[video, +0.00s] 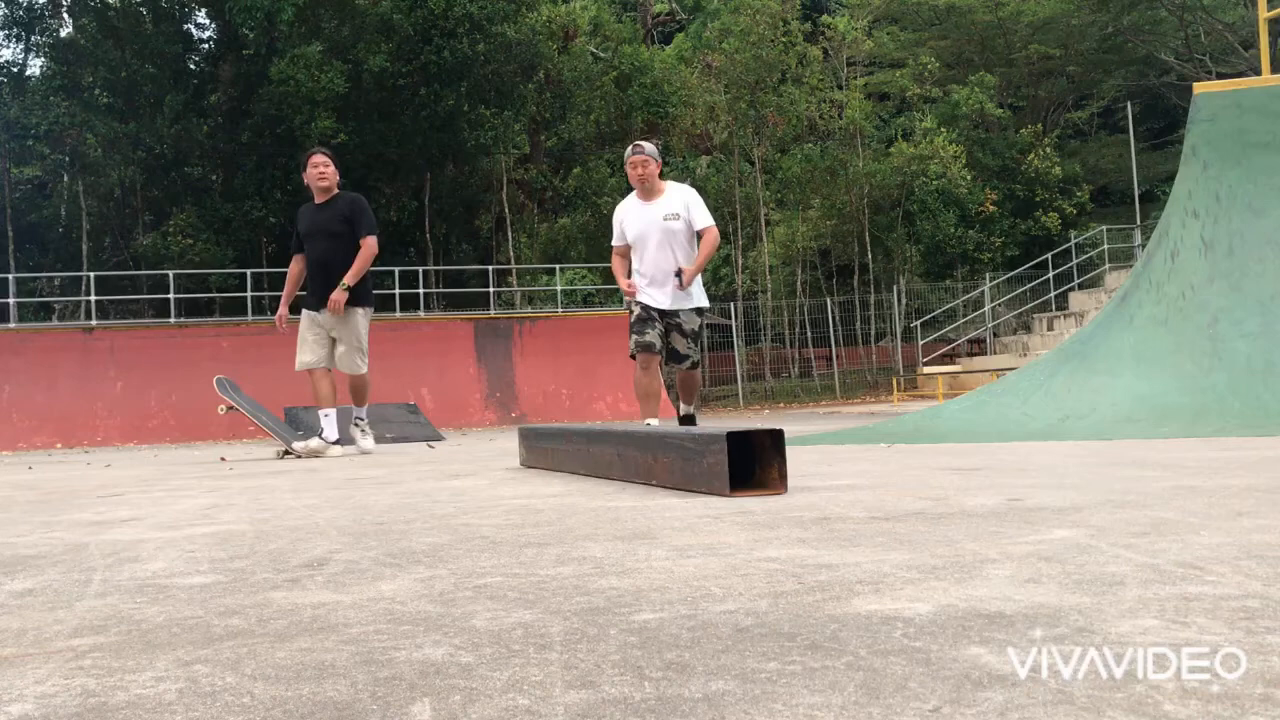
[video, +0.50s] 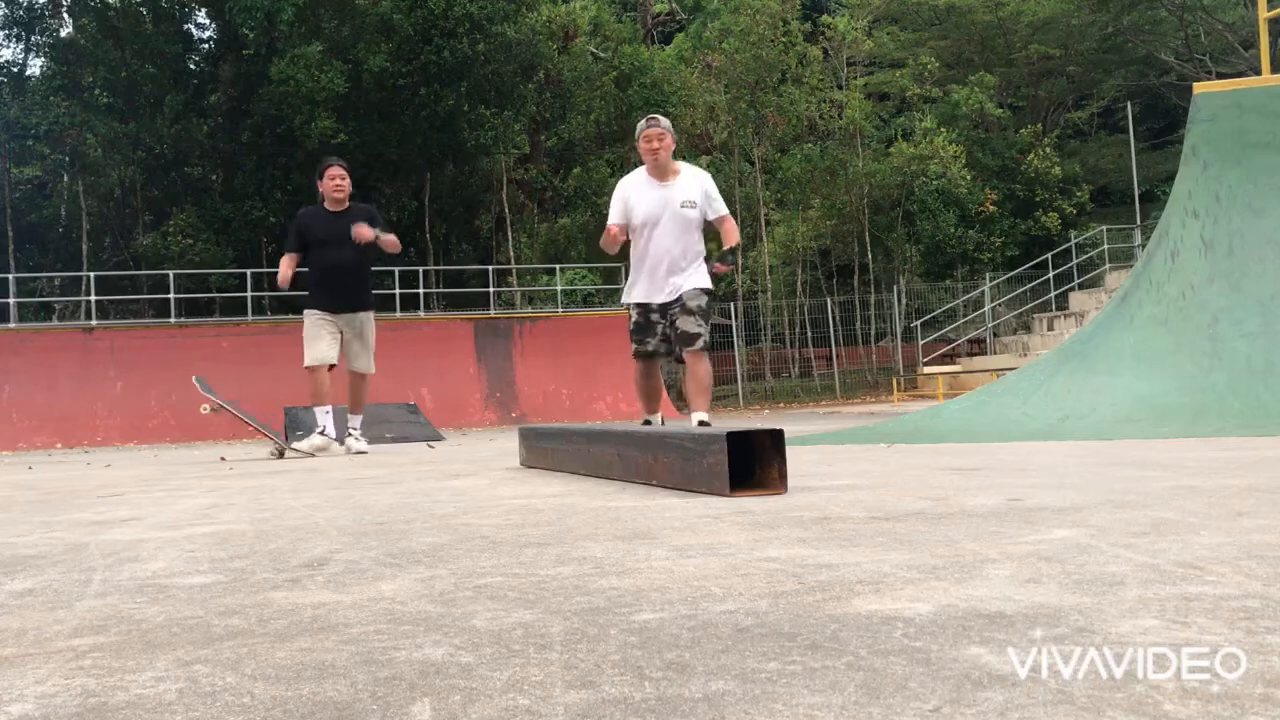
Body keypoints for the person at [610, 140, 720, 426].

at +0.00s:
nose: (639, 171)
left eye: (645, 165)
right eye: (633, 166)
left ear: (659, 167)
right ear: (626, 172)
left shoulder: (685, 196)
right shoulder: (623, 210)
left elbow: (711, 235)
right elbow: (619, 254)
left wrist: (694, 269)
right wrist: (622, 279)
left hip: (685, 297)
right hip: (645, 297)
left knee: (687, 364)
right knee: (646, 357)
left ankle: (687, 416)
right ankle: (650, 426)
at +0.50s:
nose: (654, 145)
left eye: (660, 139)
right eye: (647, 141)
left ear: (673, 142)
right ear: (638, 148)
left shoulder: (698, 179)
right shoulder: (627, 185)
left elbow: (725, 222)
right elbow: (610, 247)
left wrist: (729, 250)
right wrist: (611, 238)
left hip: (690, 280)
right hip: (645, 285)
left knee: (694, 347)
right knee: (646, 357)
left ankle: (700, 419)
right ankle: (652, 423)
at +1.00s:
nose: (649, 126)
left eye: (656, 117)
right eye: (641, 122)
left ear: (672, 122)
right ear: (633, 134)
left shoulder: (704, 155)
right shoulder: (629, 176)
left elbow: (738, 205)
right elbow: (610, 237)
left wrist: (723, 188)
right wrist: (600, 206)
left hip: (712, 273)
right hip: (662, 275)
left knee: (732, 360)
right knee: (667, 340)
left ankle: (708, 408)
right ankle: (680, 424)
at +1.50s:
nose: (652, 145)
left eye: (660, 135)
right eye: (642, 139)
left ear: (676, 139)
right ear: (632, 150)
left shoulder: (710, 174)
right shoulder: (628, 198)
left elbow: (745, 230)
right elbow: (604, 259)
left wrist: (735, 203)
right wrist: (582, 237)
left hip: (722, 280)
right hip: (670, 298)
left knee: (722, 329)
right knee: (656, 375)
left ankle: (741, 421)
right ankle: (685, 429)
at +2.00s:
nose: (663, 154)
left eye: (670, 143)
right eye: (652, 148)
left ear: (686, 145)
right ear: (640, 157)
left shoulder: (721, 183)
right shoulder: (634, 207)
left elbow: (757, 246)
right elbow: (616, 274)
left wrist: (744, 221)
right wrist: (593, 254)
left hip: (732, 280)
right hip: (679, 308)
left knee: (722, 320)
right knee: (674, 410)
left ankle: (738, 430)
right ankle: (690, 429)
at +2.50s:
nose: (634, 124)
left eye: (638, 113)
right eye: (632, 116)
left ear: (667, 108)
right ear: (654, 110)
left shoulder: (723, 145)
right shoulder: (640, 170)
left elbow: (769, 200)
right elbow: (628, 237)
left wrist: (744, 233)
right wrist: (619, 280)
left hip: (736, 266)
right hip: (682, 287)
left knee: (717, 321)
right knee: (675, 394)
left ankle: (737, 431)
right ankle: (693, 432)